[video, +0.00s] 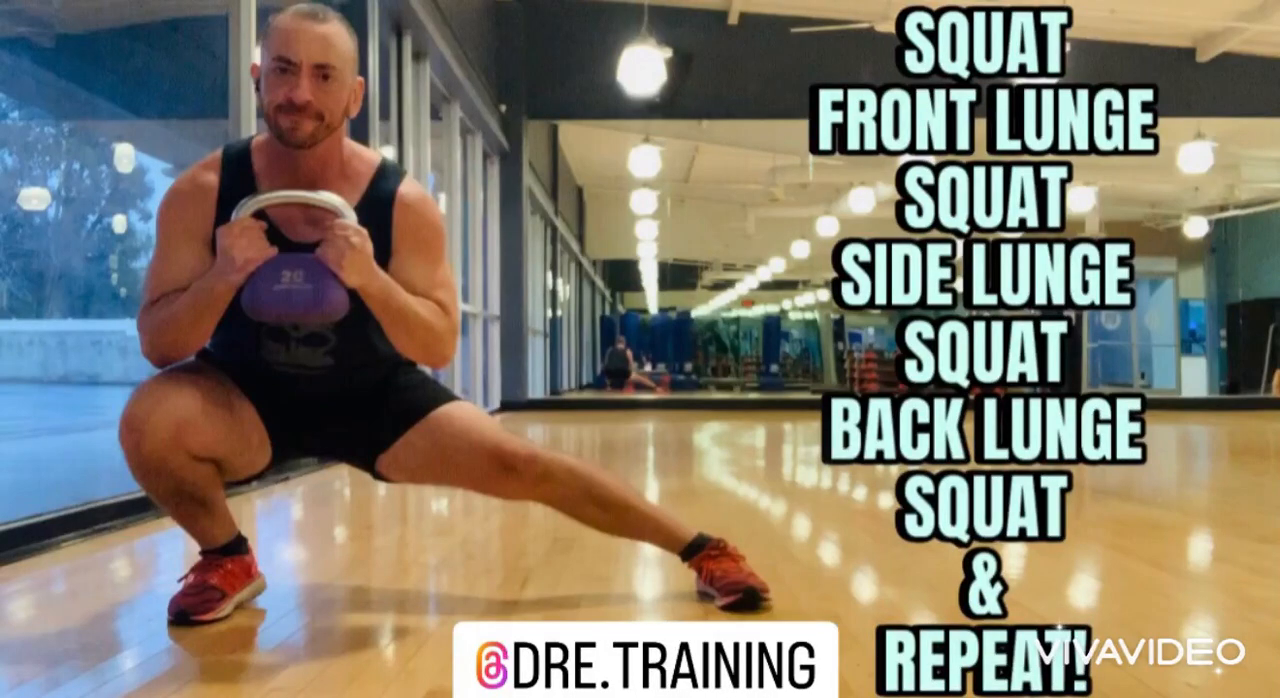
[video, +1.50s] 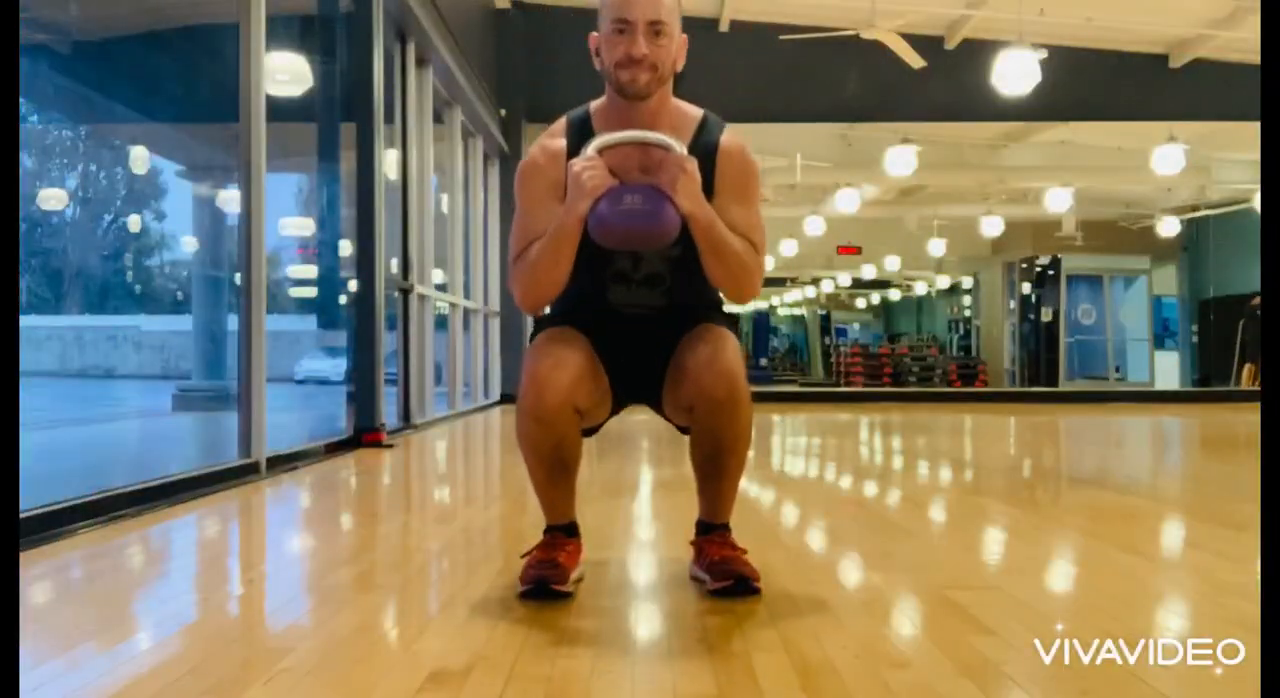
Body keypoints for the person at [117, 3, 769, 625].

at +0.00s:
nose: (298, 91)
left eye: (321, 74)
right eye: (282, 69)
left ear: (354, 91)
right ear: (257, 78)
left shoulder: (405, 205)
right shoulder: (201, 193)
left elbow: (437, 346)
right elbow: (161, 343)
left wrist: (367, 276)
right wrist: (222, 277)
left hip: (378, 398)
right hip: (253, 396)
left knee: (518, 464)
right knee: (148, 423)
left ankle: (696, 548)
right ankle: (225, 555)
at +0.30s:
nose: (299, 91)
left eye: (321, 74)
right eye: (283, 70)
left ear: (355, 92)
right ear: (258, 82)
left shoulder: (398, 206)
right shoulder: (205, 190)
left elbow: (433, 344)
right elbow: (162, 344)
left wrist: (361, 271)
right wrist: (224, 274)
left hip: (380, 399)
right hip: (252, 397)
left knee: (521, 467)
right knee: (153, 427)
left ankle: (695, 549)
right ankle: (225, 555)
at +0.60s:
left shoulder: (685, 11)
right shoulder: (564, 10)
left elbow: (712, 54)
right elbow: (529, 39)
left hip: (683, 157)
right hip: (575, 156)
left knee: (697, 351)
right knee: (571, 354)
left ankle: (715, 528)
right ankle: (560, 533)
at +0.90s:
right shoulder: (550, 0)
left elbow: (752, 68)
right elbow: (531, 78)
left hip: (691, 177)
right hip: (583, 177)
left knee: (716, 348)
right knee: (556, 347)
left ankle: (716, 534)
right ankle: (559, 529)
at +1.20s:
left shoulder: (729, 71)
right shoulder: (556, 70)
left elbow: (744, 201)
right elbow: (532, 206)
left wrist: (696, 106)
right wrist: (579, 113)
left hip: (687, 272)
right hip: (585, 271)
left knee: (726, 368)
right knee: (546, 374)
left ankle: (716, 536)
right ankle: (559, 536)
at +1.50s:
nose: (638, 46)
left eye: (656, 31)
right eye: (621, 30)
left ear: (681, 49)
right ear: (596, 46)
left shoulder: (723, 150)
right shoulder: (552, 154)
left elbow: (744, 284)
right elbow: (530, 295)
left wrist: (694, 202)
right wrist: (573, 211)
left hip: (684, 339)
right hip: (586, 338)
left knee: (722, 371)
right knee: (544, 379)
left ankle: (716, 538)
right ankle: (558, 538)